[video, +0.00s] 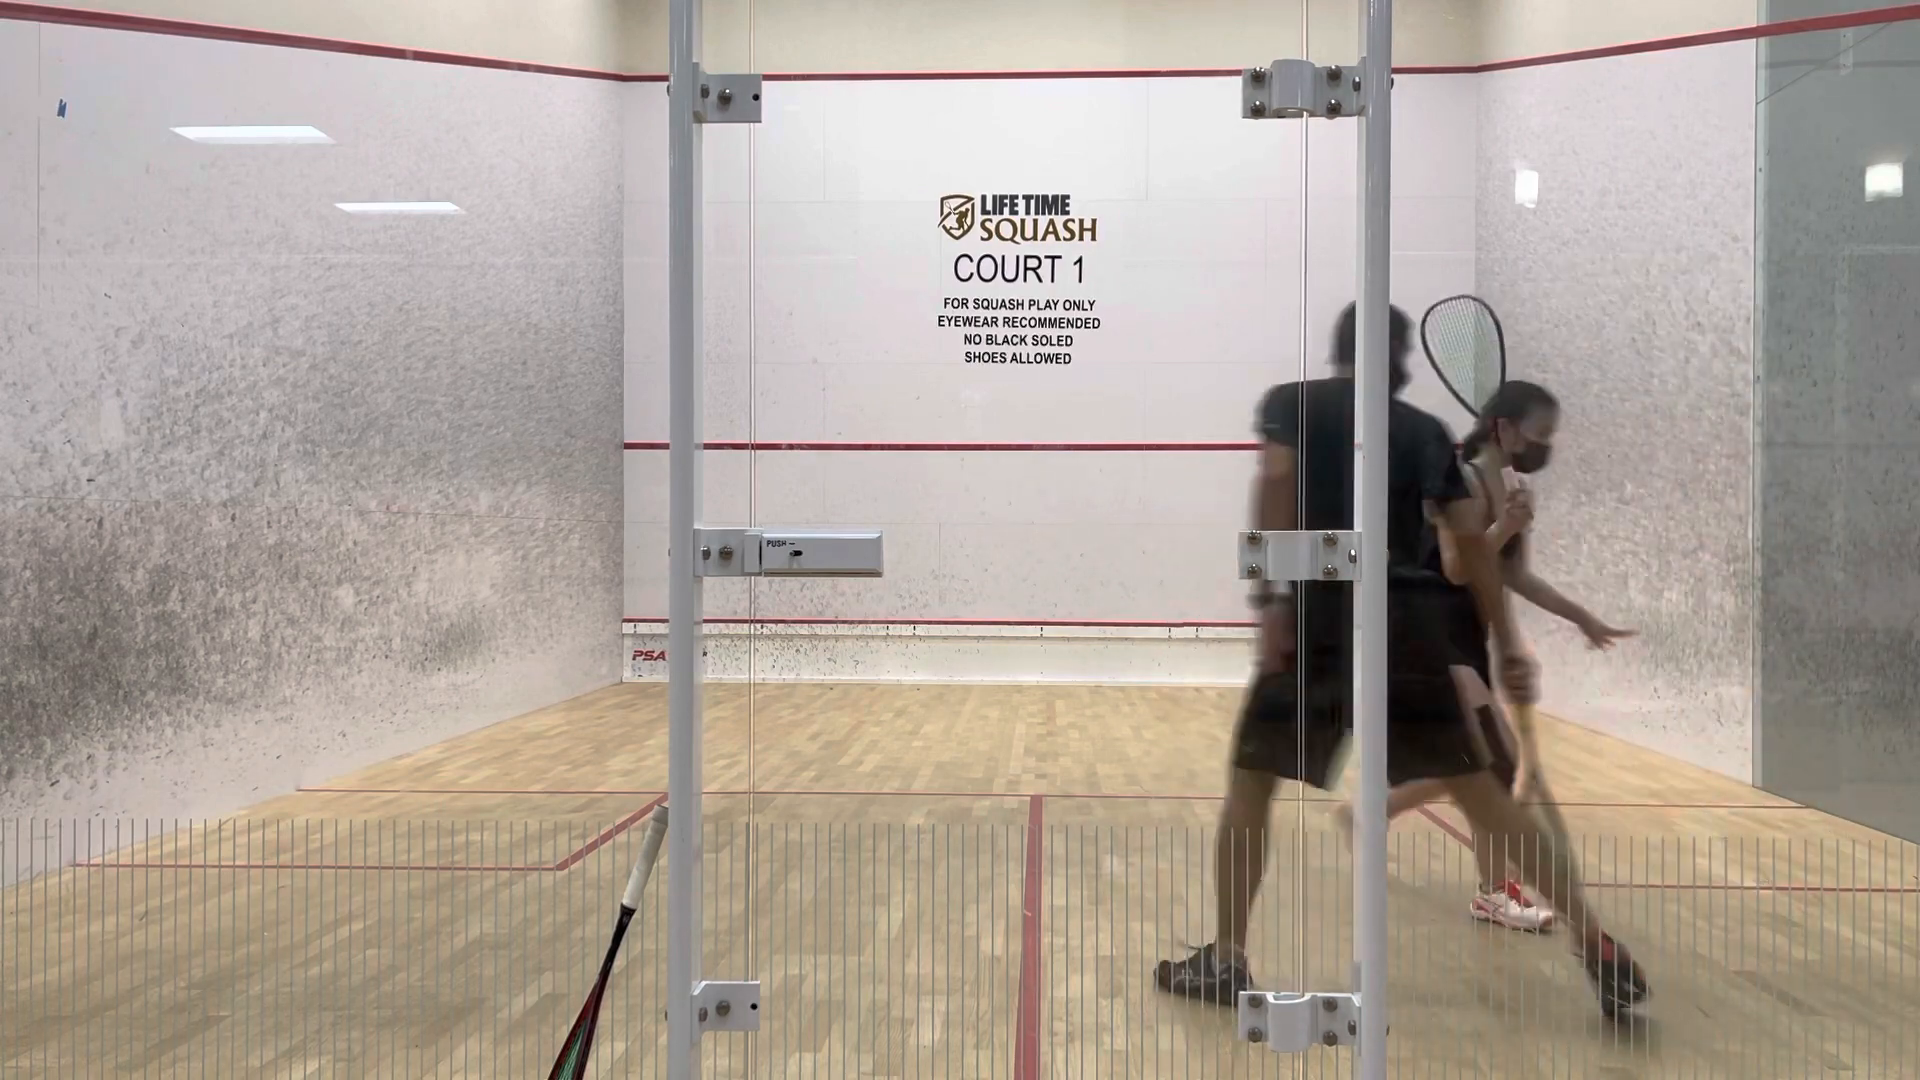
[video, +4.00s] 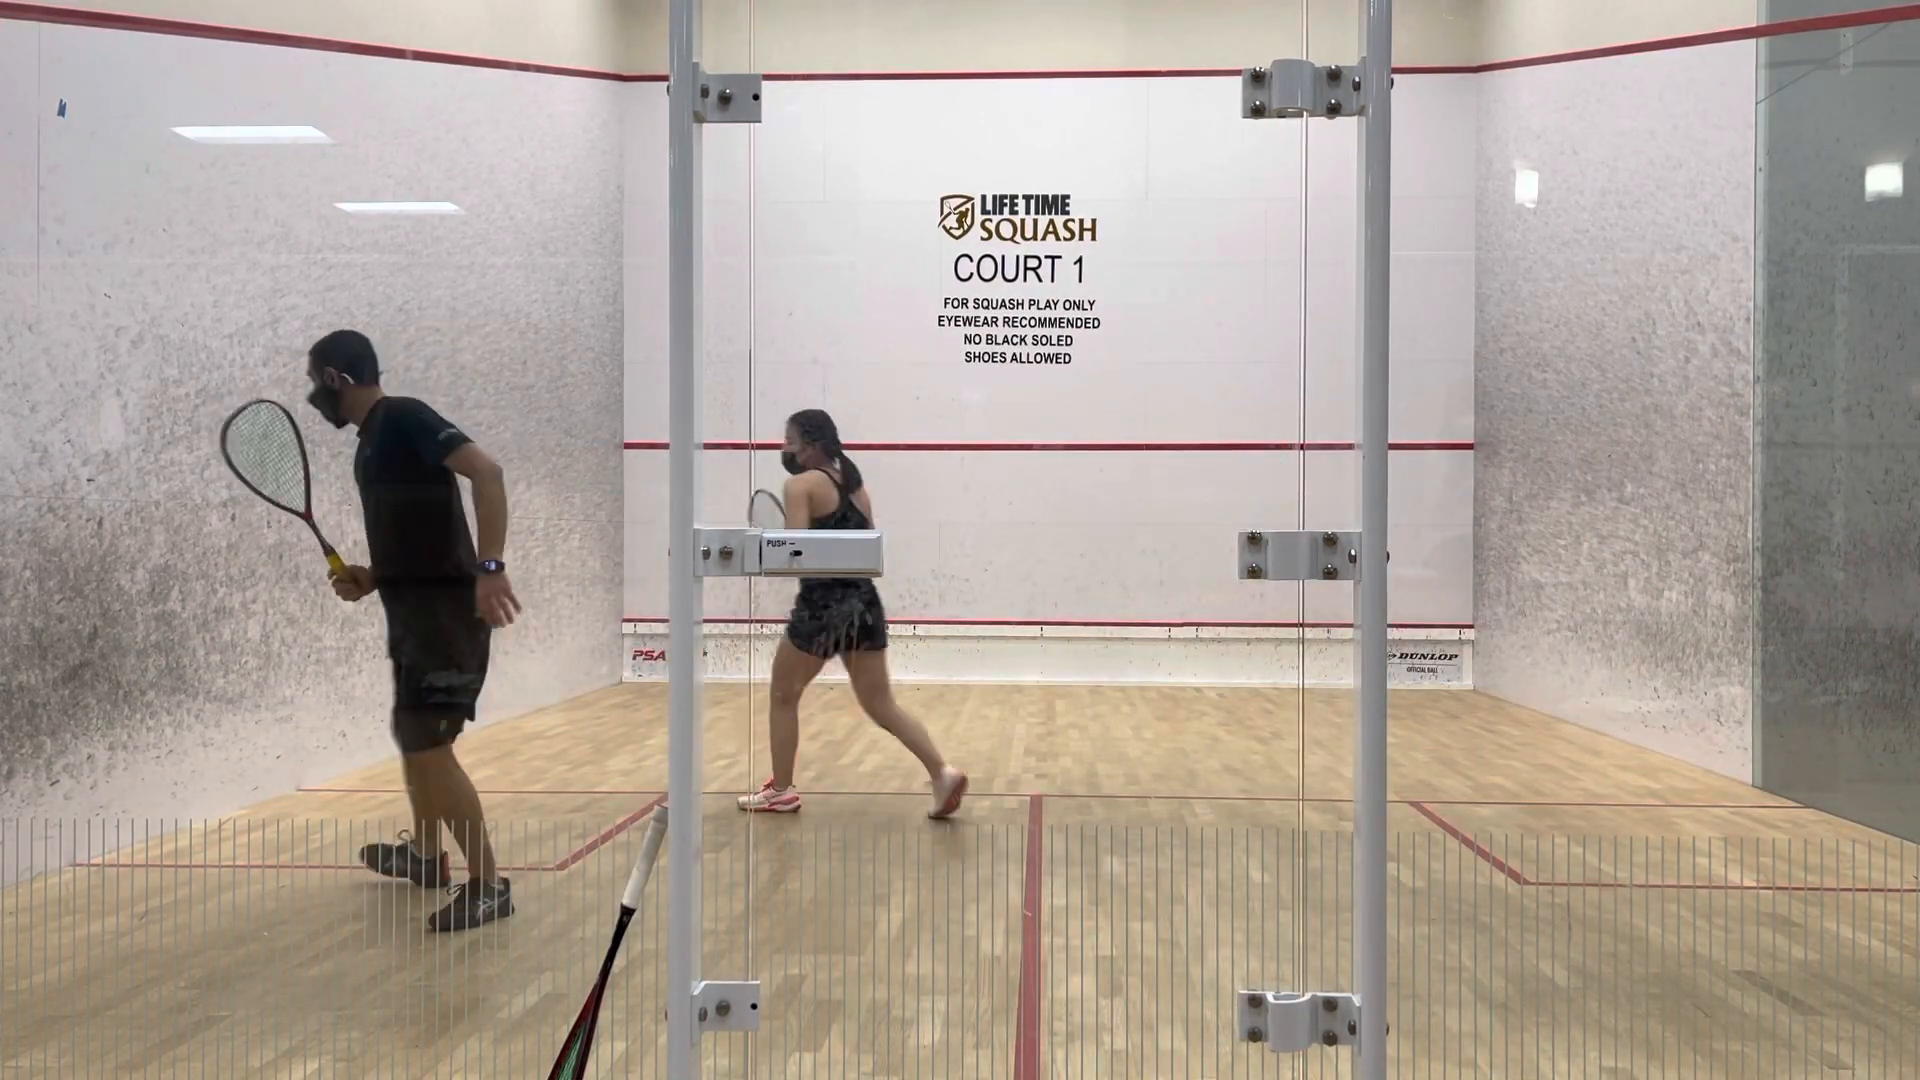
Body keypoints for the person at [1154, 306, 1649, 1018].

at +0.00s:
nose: (1394, 361)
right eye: (1399, 348)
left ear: (1334, 346)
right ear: (1402, 357)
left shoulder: (1291, 400)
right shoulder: (1426, 431)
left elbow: (1277, 482)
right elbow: (1471, 541)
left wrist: (1270, 599)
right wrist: (1510, 642)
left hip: (1309, 629)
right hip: (1411, 636)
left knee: (1250, 787)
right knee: (1487, 796)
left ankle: (1226, 953)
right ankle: (1598, 946)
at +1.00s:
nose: (781, 373)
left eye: (781, 364)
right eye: (798, 365)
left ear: (782, 367)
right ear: (835, 374)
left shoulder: (760, 411)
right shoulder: (866, 438)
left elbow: (753, 493)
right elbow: (890, 540)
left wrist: (728, 596)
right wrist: (823, 572)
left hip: (780, 605)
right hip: (855, 609)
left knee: (730, 738)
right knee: (879, 742)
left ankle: (732, 898)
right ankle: (984, 847)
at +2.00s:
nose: (295, 507)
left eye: (295, 500)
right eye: (295, 501)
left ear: (301, 500)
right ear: (341, 489)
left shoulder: (328, 515)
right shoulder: (355, 529)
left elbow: (387, 517)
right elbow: (387, 593)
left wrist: (446, 573)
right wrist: (365, 649)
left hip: (461, 631)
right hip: (477, 623)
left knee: (456, 766)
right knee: (408, 724)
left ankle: (583, 827)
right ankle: (368, 859)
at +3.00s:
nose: (426, 377)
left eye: (418, 368)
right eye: (453, 368)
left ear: (412, 370)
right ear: (466, 371)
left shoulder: (409, 417)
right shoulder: (501, 432)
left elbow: (419, 503)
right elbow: (522, 526)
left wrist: (381, 586)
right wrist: (468, 572)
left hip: (441, 605)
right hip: (499, 605)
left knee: (465, 739)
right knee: (454, 731)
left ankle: (508, 881)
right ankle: (429, 852)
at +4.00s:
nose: (313, 397)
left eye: (315, 384)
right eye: (312, 385)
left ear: (339, 380)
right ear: (356, 378)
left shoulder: (401, 418)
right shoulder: (370, 446)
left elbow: (487, 472)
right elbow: (413, 540)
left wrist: (491, 567)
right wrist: (370, 578)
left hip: (446, 608)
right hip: (411, 613)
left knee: (428, 741)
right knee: (413, 734)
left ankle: (488, 883)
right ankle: (425, 854)